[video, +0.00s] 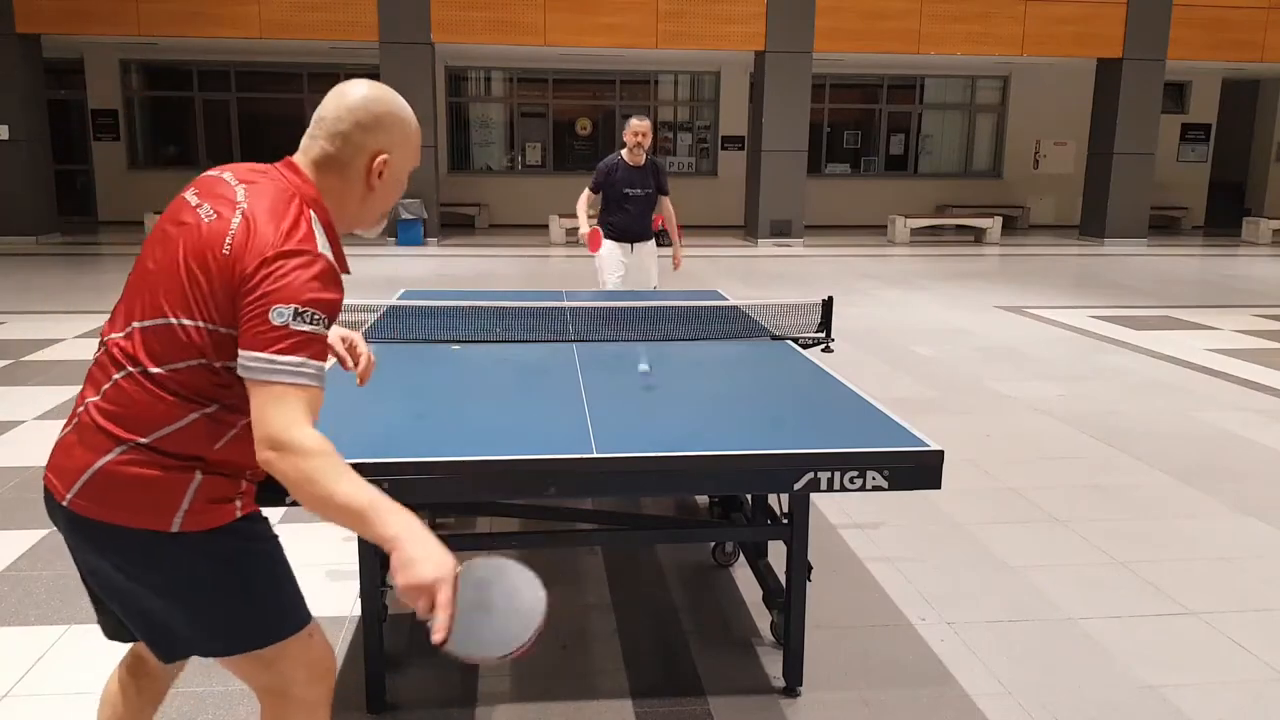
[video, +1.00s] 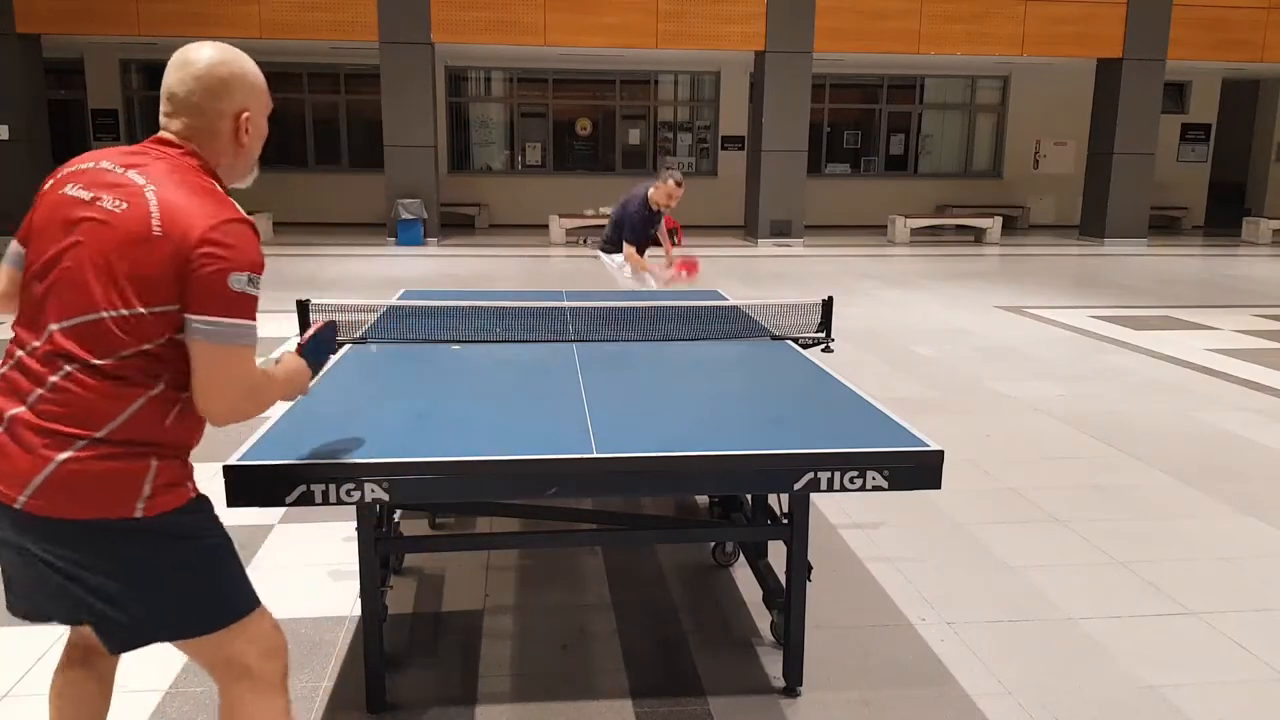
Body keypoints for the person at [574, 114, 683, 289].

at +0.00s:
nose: (639, 140)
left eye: (644, 135)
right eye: (634, 135)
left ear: (651, 138)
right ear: (625, 136)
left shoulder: (656, 168)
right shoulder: (609, 166)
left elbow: (666, 206)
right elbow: (584, 199)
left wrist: (676, 246)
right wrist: (583, 226)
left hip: (645, 245)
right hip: (611, 245)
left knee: (647, 301)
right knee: (612, 299)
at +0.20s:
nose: (632, 142)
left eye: (636, 137)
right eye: (627, 137)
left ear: (641, 140)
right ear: (616, 139)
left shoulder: (641, 168)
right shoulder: (602, 168)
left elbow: (647, 204)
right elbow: (584, 208)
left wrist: (657, 239)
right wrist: (595, 242)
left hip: (634, 248)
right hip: (603, 250)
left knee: (639, 302)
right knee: (602, 307)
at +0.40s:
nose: (630, 142)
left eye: (635, 137)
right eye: (625, 136)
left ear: (640, 140)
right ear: (614, 137)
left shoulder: (635, 165)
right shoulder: (601, 165)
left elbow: (635, 201)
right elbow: (585, 207)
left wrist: (641, 235)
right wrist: (599, 244)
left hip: (624, 242)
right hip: (597, 242)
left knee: (630, 294)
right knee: (588, 297)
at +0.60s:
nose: (637, 150)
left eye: (641, 146)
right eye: (632, 145)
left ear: (645, 146)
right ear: (620, 144)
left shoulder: (639, 171)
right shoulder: (606, 172)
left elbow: (639, 206)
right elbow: (586, 209)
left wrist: (644, 241)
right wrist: (605, 242)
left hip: (626, 247)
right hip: (599, 247)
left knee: (626, 300)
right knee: (600, 301)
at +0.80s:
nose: (656, 172)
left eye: (660, 167)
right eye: (652, 165)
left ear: (663, 167)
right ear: (639, 161)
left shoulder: (650, 183)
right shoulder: (622, 184)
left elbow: (649, 213)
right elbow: (615, 231)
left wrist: (658, 249)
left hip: (628, 241)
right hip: (603, 240)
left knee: (630, 288)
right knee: (629, 284)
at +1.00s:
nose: (672, 204)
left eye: (677, 199)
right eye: (669, 197)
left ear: (680, 197)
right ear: (657, 187)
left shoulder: (657, 199)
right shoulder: (635, 208)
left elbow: (659, 224)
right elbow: (629, 254)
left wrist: (668, 253)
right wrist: (657, 272)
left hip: (636, 251)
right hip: (613, 252)